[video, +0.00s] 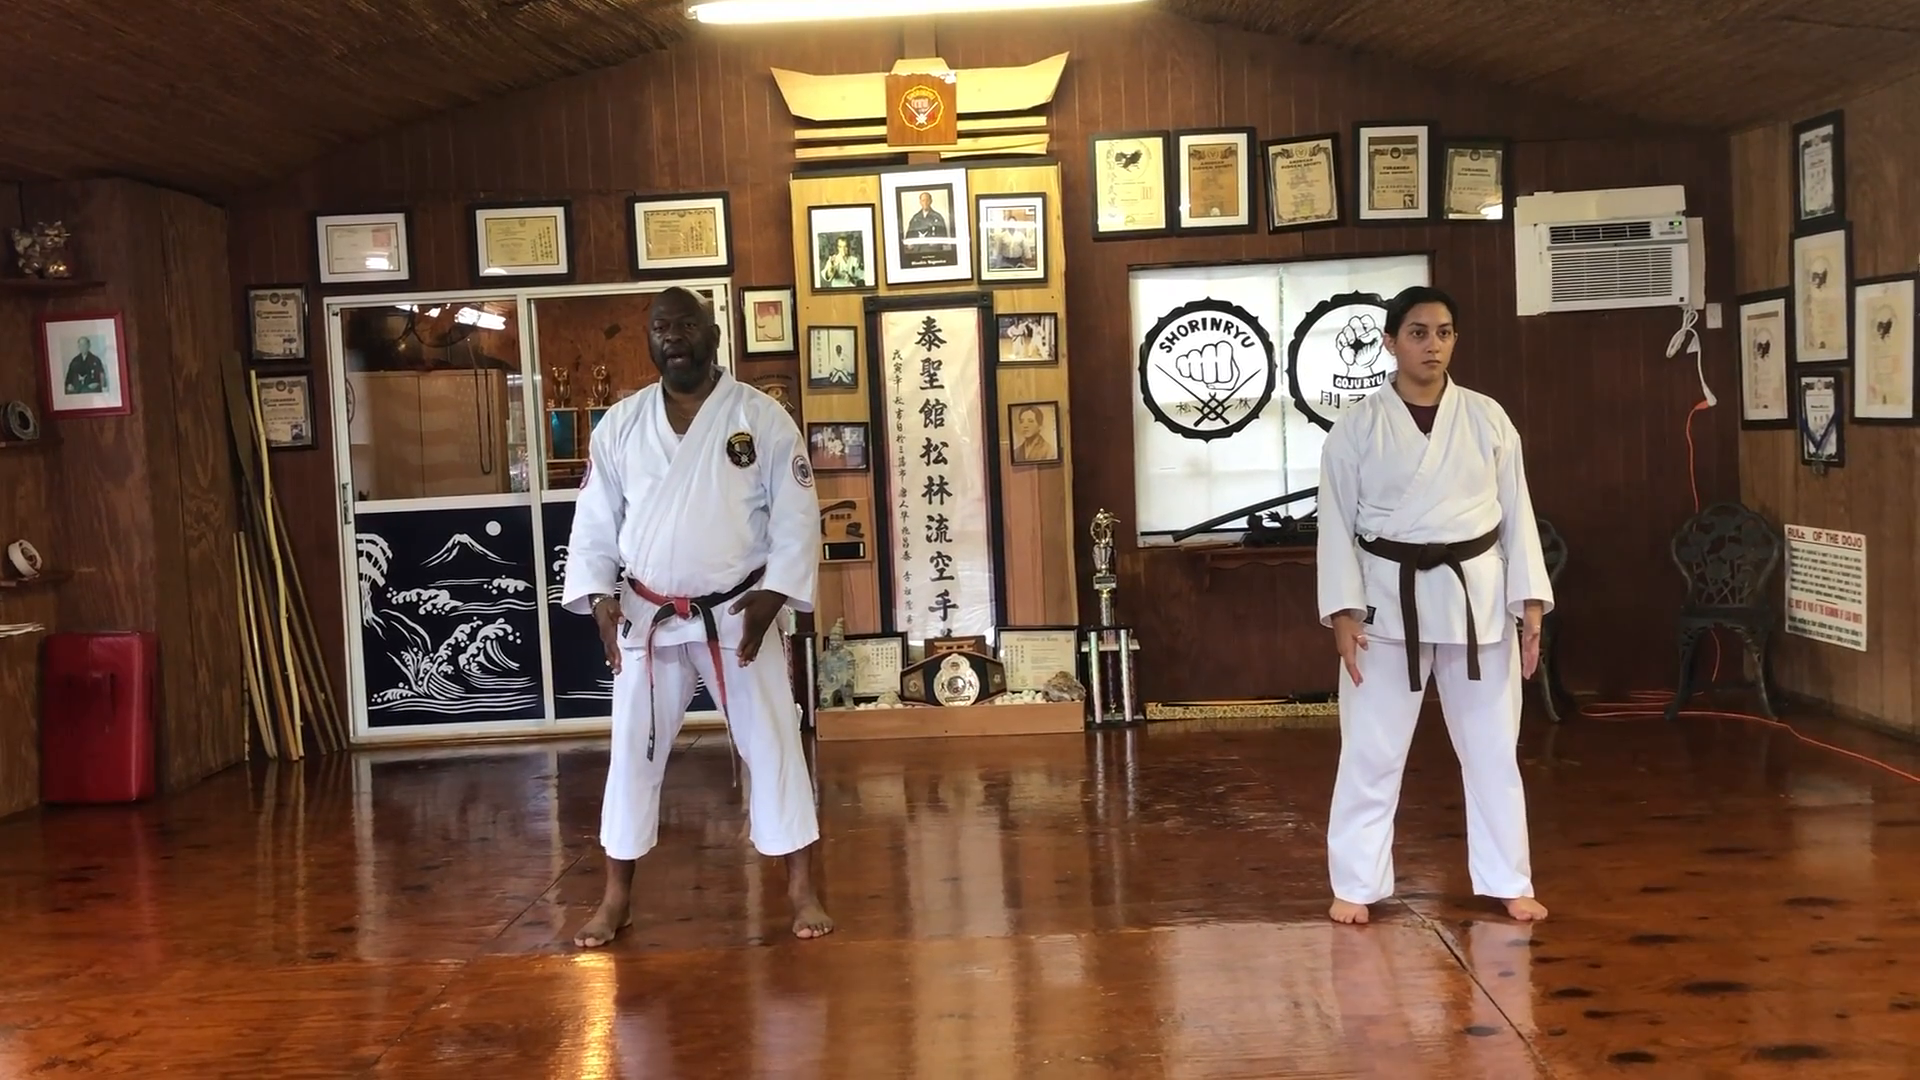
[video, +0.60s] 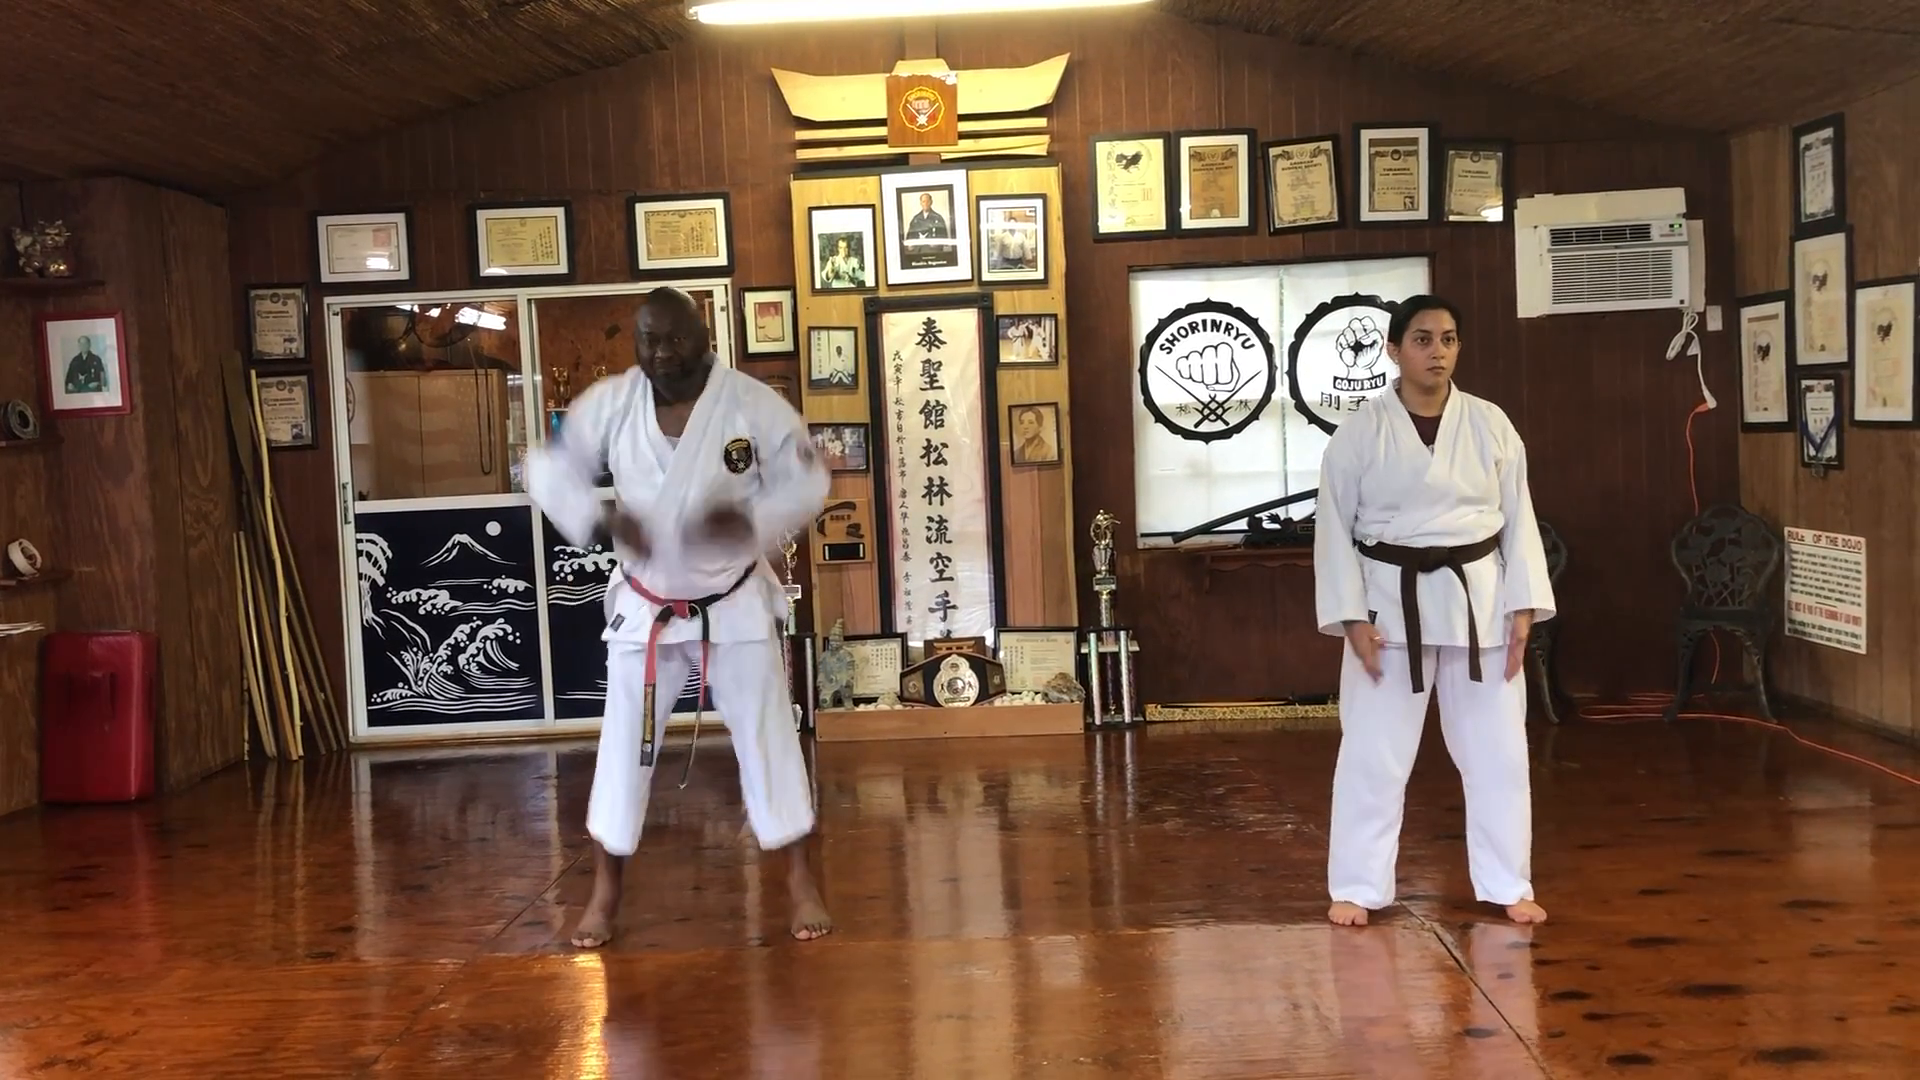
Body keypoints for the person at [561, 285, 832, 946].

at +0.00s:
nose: (673, 338)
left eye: (684, 326)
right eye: (661, 329)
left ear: (714, 334)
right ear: (648, 343)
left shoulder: (762, 418)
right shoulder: (619, 426)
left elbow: (797, 518)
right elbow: (595, 517)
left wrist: (772, 594)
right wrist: (599, 594)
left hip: (738, 607)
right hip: (647, 612)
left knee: (775, 745)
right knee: (631, 752)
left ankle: (804, 889)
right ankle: (614, 901)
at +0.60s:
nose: (653, 352)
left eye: (667, 340)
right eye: (644, 340)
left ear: (701, 340)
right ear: (633, 342)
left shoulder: (755, 405)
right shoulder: (609, 402)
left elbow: (808, 484)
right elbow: (547, 470)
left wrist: (749, 523)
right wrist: (602, 517)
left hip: (735, 594)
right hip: (643, 597)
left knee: (767, 735)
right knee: (621, 740)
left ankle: (802, 888)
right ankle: (603, 897)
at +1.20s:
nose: (652, 405)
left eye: (662, 393)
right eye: (641, 395)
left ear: (687, 384)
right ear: (626, 390)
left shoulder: (731, 421)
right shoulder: (607, 426)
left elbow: (778, 479)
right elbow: (539, 484)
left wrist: (708, 420)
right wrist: (556, 427)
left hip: (735, 613)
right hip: (643, 618)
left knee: (764, 748)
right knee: (626, 753)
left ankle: (787, 891)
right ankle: (607, 898)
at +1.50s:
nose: (604, 411)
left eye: (618, 400)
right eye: (600, 399)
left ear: (656, 400)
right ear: (596, 398)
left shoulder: (702, 450)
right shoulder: (578, 450)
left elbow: (754, 497)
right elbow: (545, 523)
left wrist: (736, 552)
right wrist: (588, 550)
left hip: (680, 642)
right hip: (583, 642)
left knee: (734, 754)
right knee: (519, 756)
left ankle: (785, 893)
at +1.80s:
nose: (423, 449)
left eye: (435, 436)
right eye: (422, 436)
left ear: (480, 440)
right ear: (429, 441)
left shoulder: (549, 494)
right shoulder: (414, 496)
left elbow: (621, 536)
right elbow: (376, 587)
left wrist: (644, 579)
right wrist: (450, 520)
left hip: (542, 675)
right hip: (439, 680)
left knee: (612, 783)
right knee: (351, 785)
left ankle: (597, 898)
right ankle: (330, 915)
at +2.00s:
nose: (388, 465)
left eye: (400, 452)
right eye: (384, 453)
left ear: (444, 451)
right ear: (387, 456)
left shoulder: (506, 517)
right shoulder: (374, 520)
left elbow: (514, 626)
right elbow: (335, 604)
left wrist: (421, 651)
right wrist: (268, 672)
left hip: (498, 688)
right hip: (397, 690)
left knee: (573, 776)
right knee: (308, 790)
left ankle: (584, 898)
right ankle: (326, 916)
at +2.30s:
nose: (461, 435)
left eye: (459, 423)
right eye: (444, 428)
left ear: (460, 420)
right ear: (401, 438)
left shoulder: (499, 497)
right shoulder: (359, 505)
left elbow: (510, 599)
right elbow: (320, 586)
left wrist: (427, 637)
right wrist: (277, 650)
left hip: (500, 664)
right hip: (397, 672)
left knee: (583, 758)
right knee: (324, 786)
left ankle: (600, 893)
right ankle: (328, 915)